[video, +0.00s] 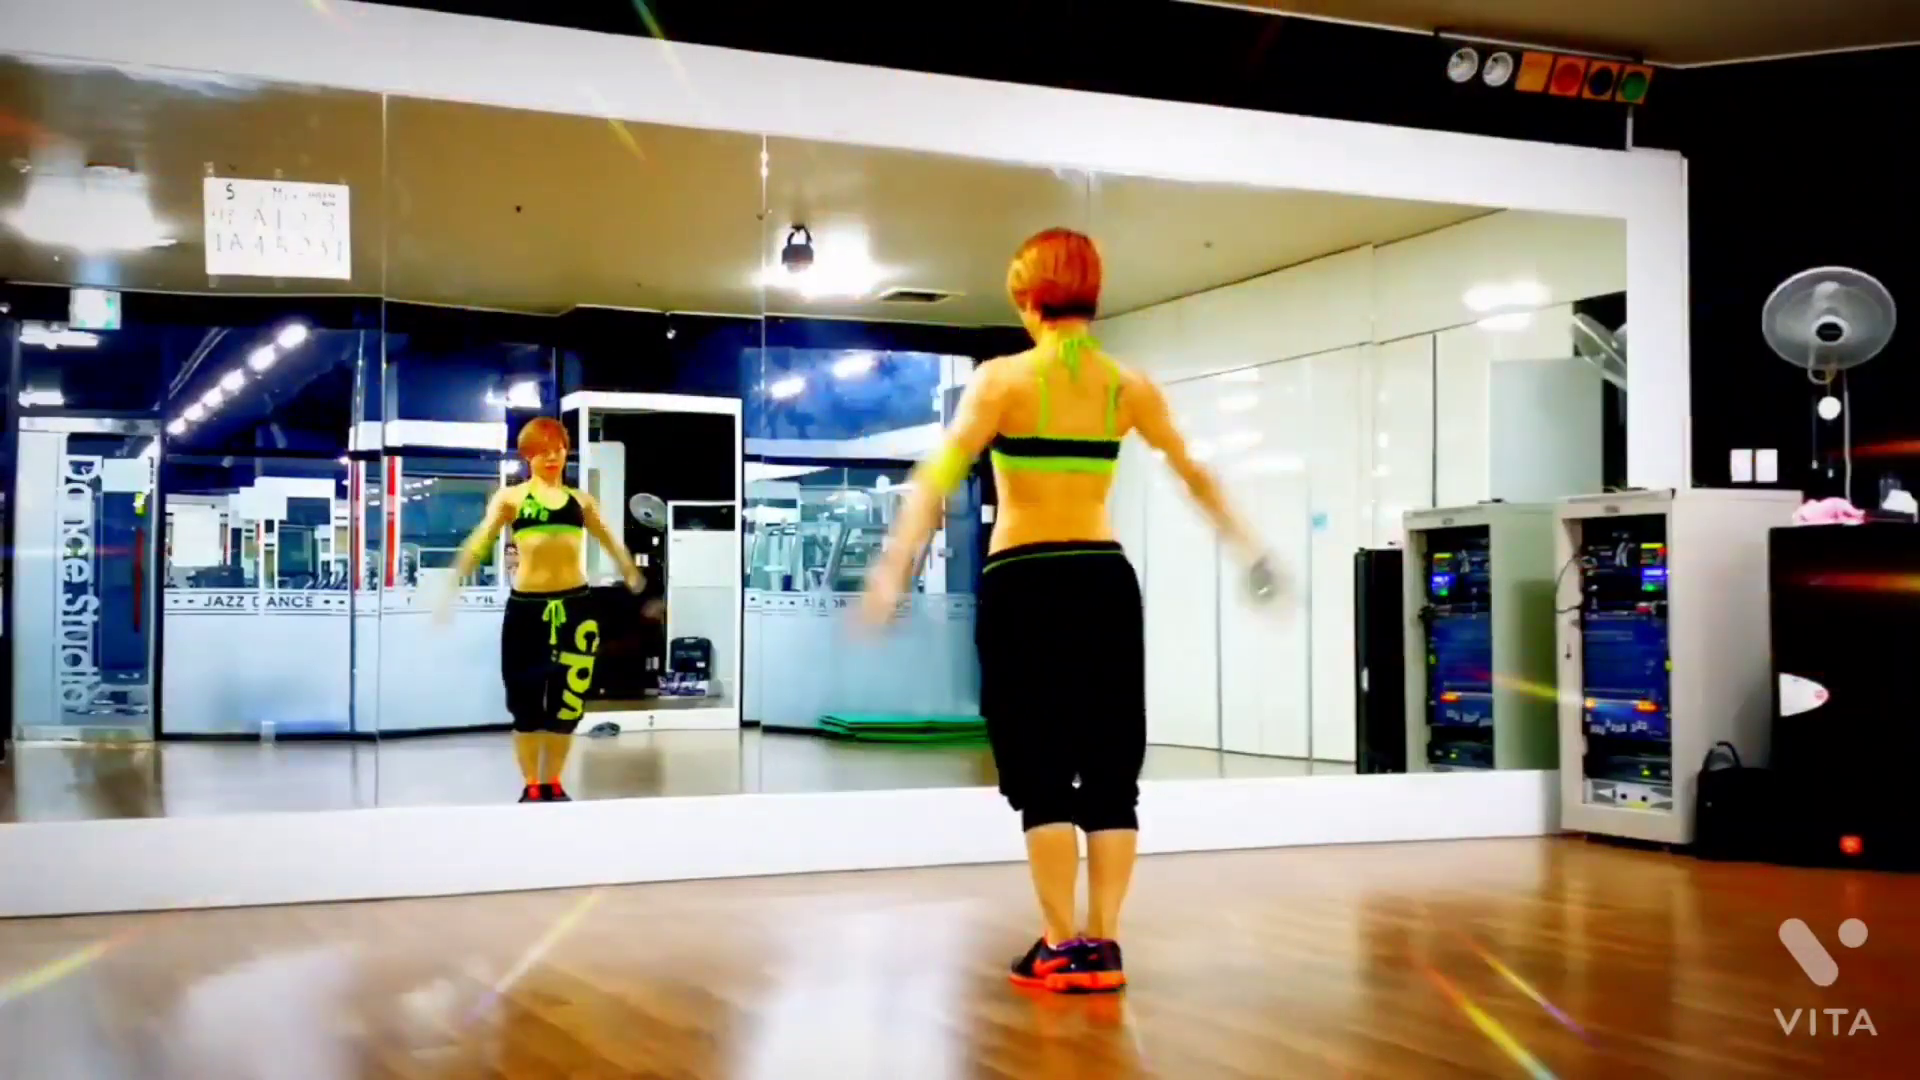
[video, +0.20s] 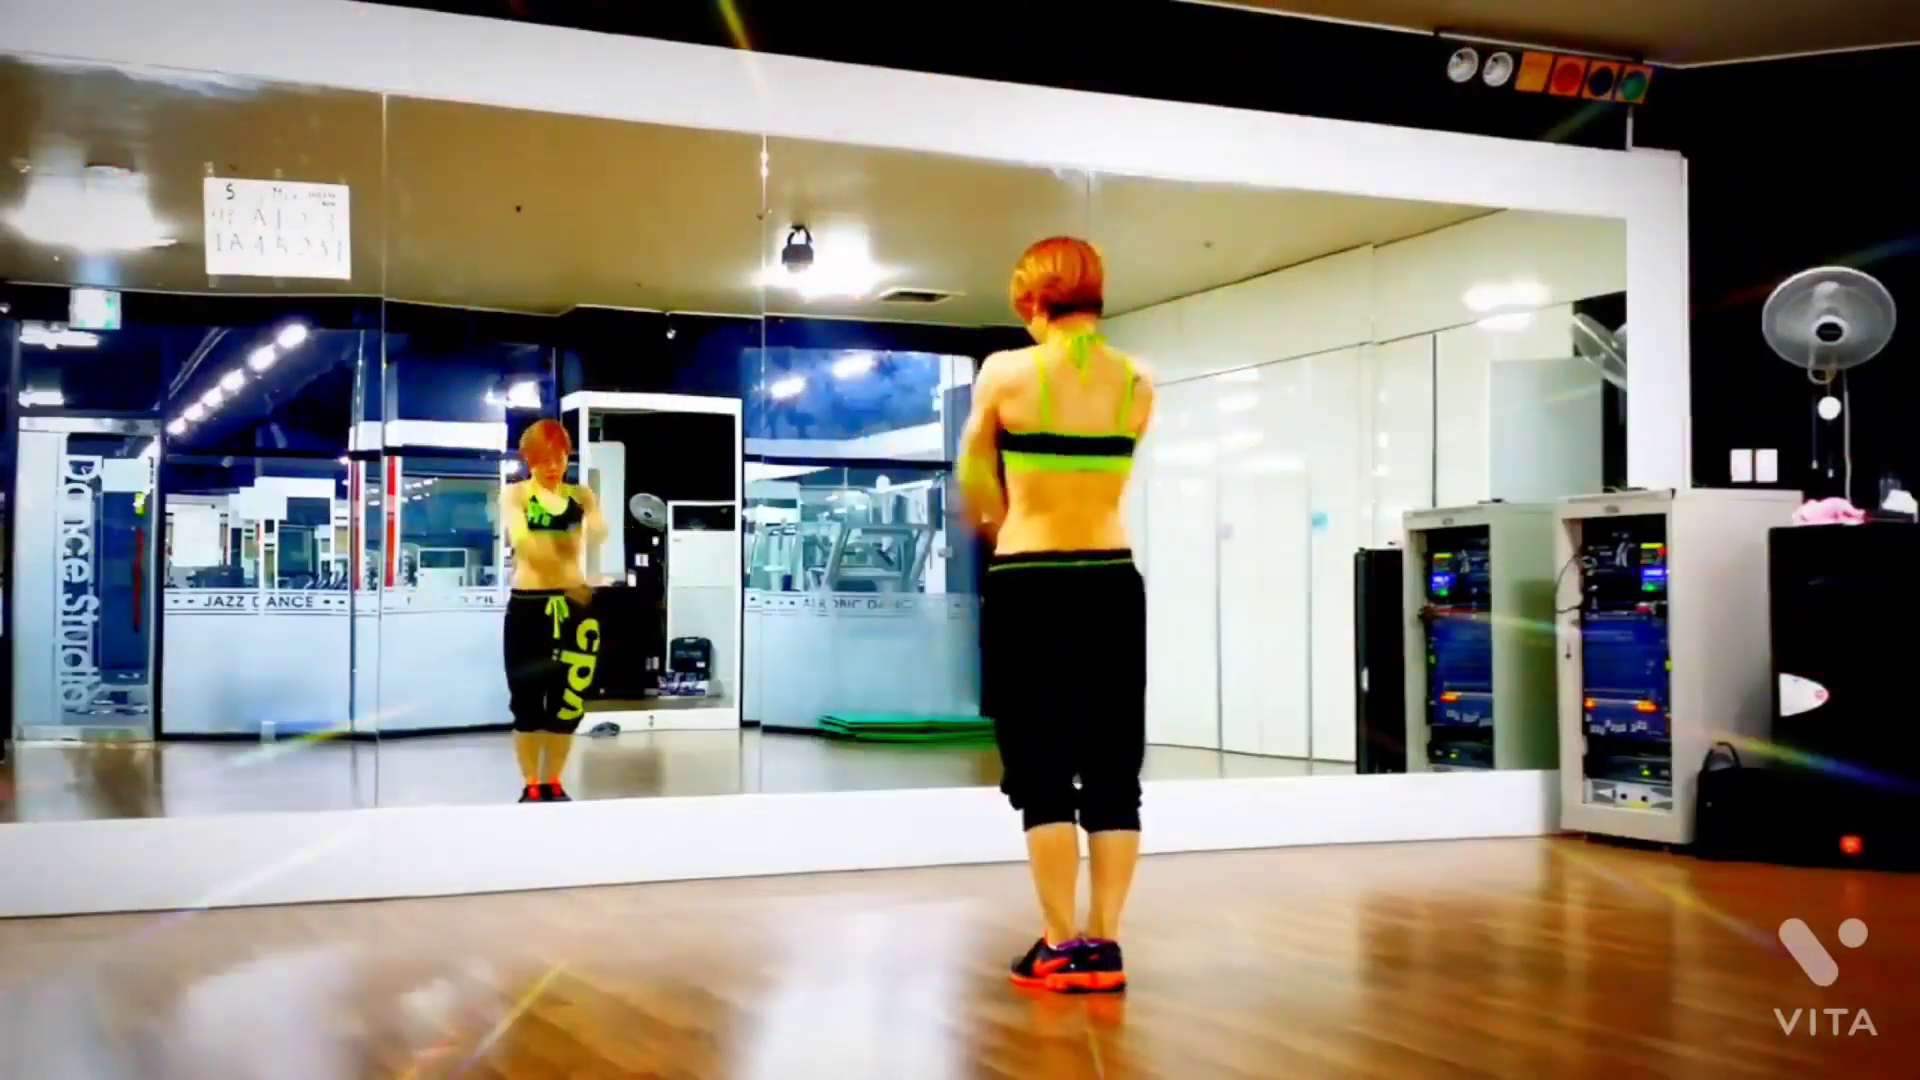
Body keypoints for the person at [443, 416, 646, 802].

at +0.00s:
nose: (553, 458)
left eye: (558, 450)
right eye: (544, 451)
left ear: (566, 453)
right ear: (529, 457)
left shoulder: (581, 501)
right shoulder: (510, 498)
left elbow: (609, 540)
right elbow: (479, 542)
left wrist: (630, 570)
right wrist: (457, 579)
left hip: (575, 605)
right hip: (527, 607)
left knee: (568, 699)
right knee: (527, 701)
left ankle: (552, 782)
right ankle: (532, 784)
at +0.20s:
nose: (553, 467)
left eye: (558, 459)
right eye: (544, 461)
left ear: (566, 458)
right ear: (529, 461)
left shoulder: (581, 494)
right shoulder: (515, 493)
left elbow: (599, 536)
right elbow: (523, 542)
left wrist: (588, 519)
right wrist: (565, 574)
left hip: (573, 605)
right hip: (528, 605)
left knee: (568, 700)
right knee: (529, 702)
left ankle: (553, 782)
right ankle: (531, 784)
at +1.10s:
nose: (557, 445)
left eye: (564, 440)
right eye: (549, 440)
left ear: (573, 451)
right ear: (534, 451)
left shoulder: (584, 492)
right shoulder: (521, 489)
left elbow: (632, 475)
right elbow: (462, 470)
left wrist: (673, 459)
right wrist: (401, 457)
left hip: (577, 604)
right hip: (530, 604)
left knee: (569, 702)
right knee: (529, 702)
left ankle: (553, 783)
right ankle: (532, 785)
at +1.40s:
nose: (557, 450)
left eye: (563, 444)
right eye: (547, 445)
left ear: (572, 450)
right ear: (534, 454)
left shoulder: (583, 485)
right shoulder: (525, 486)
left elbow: (578, 417)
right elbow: (524, 417)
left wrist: (568, 365)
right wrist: (525, 362)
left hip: (580, 601)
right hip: (532, 602)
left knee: (570, 701)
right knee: (531, 701)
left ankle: (552, 782)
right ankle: (531, 784)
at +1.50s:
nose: (556, 454)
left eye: (562, 447)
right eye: (548, 448)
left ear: (572, 453)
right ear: (534, 455)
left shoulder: (582, 489)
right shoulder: (524, 490)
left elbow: (576, 423)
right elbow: (532, 424)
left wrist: (560, 379)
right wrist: (541, 369)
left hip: (578, 601)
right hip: (531, 602)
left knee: (570, 700)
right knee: (531, 700)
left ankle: (552, 782)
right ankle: (531, 784)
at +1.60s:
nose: (557, 458)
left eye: (564, 452)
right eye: (549, 452)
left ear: (573, 458)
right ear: (535, 456)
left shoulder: (581, 492)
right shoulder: (525, 492)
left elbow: (579, 451)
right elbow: (530, 466)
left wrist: (561, 414)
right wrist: (551, 422)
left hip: (577, 603)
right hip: (530, 604)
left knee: (570, 705)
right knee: (531, 703)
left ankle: (552, 782)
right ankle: (531, 785)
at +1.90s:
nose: (559, 474)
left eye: (563, 466)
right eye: (550, 467)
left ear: (569, 470)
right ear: (532, 472)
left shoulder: (577, 507)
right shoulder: (520, 509)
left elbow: (600, 527)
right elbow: (524, 534)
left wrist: (582, 514)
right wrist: (544, 503)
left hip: (574, 611)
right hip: (530, 612)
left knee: (573, 709)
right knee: (535, 707)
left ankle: (553, 781)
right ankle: (533, 785)